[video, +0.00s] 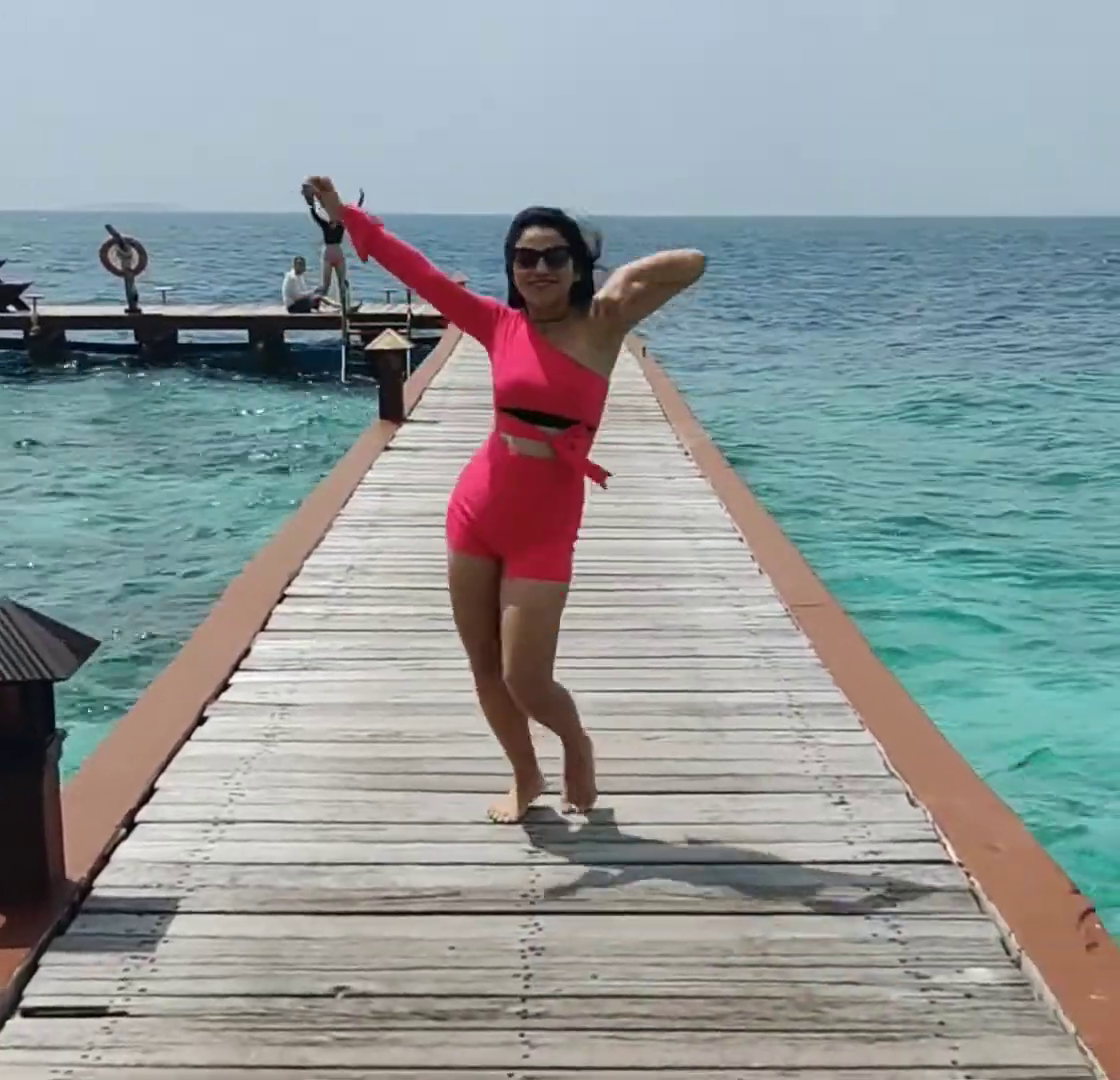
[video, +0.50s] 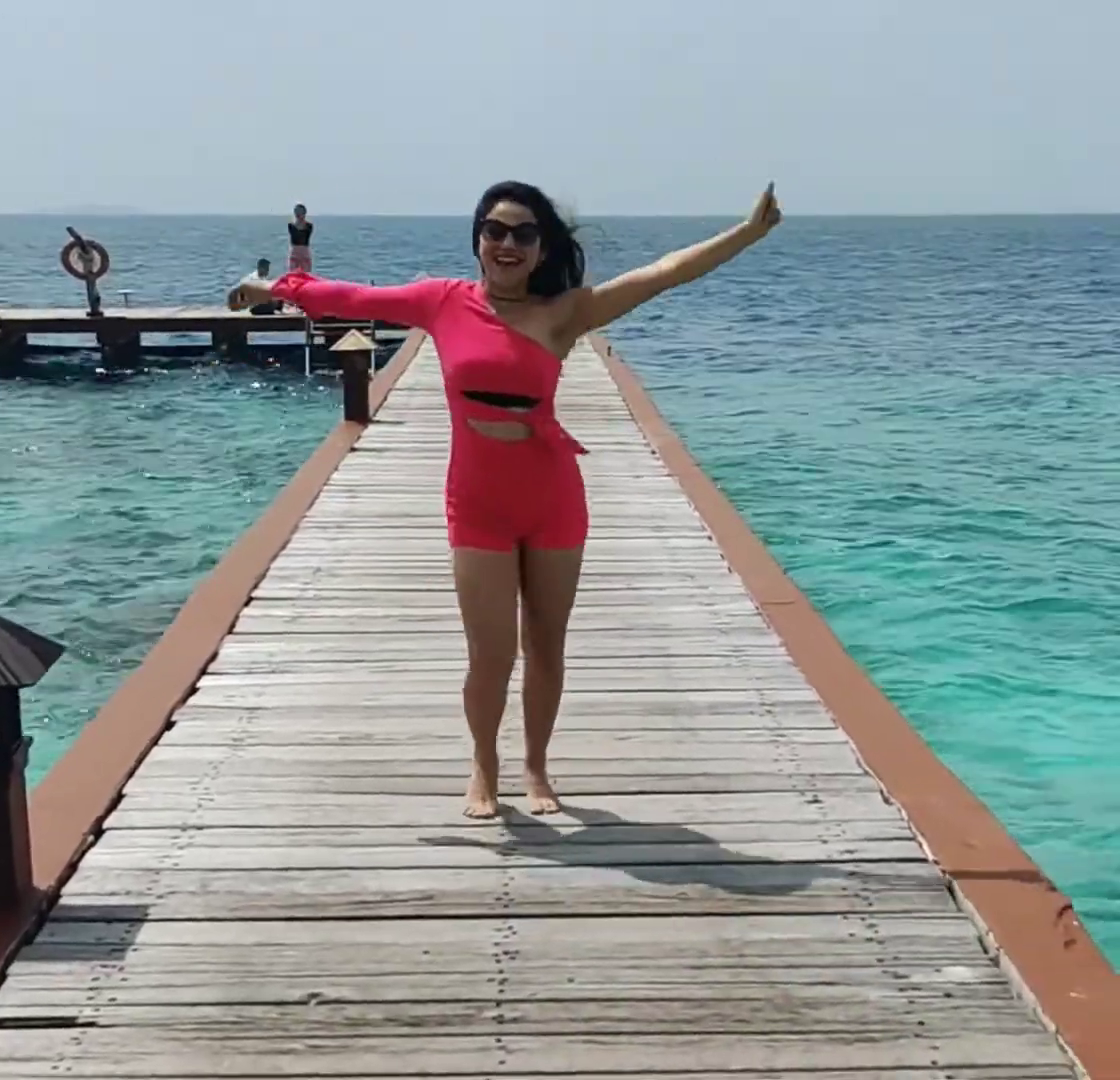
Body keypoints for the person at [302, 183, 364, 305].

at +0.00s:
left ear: (329, 216)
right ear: (340, 217)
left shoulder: (325, 225)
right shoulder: (342, 225)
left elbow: (315, 216)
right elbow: (353, 212)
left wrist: (311, 205)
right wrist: (361, 200)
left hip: (328, 249)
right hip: (338, 249)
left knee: (325, 283)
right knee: (342, 282)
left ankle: (315, 302)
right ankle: (344, 309)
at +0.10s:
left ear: (316, 213)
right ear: (327, 213)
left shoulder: (314, 223)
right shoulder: (332, 222)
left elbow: (301, 220)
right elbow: (349, 218)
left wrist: (292, 211)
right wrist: (363, 211)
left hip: (319, 249)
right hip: (328, 248)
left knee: (315, 282)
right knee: (332, 281)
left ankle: (306, 304)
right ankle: (334, 309)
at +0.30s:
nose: (308, 209)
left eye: (310, 206)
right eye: (306, 206)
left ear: (313, 207)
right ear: (303, 207)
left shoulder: (318, 222)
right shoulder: (300, 221)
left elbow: (324, 239)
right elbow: (292, 234)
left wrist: (325, 256)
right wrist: (283, 247)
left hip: (314, 252)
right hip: (302, 251)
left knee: (316, 281)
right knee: (301, 279)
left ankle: (317, 307)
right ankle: (299, 303)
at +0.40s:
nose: (303, 214)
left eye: (305, 212)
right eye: (301, 212)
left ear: (308, 213)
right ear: (298, 213)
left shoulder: (312, 226)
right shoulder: (294, 227)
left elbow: (315, 243)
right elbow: (291, 243)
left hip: (309, 259)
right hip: (297, 260)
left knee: (310, 286)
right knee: (298, 286)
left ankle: (311, 310)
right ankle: (297, 308)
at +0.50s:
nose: (300, 217)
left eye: (302, 213)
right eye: (298, 214)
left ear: (305, 214)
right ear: (295, 214)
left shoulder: (309, 226)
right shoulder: (291, 226)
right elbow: (294, 236)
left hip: (305, 252)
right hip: (294, 251)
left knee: (306, 275)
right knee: (293, 275)